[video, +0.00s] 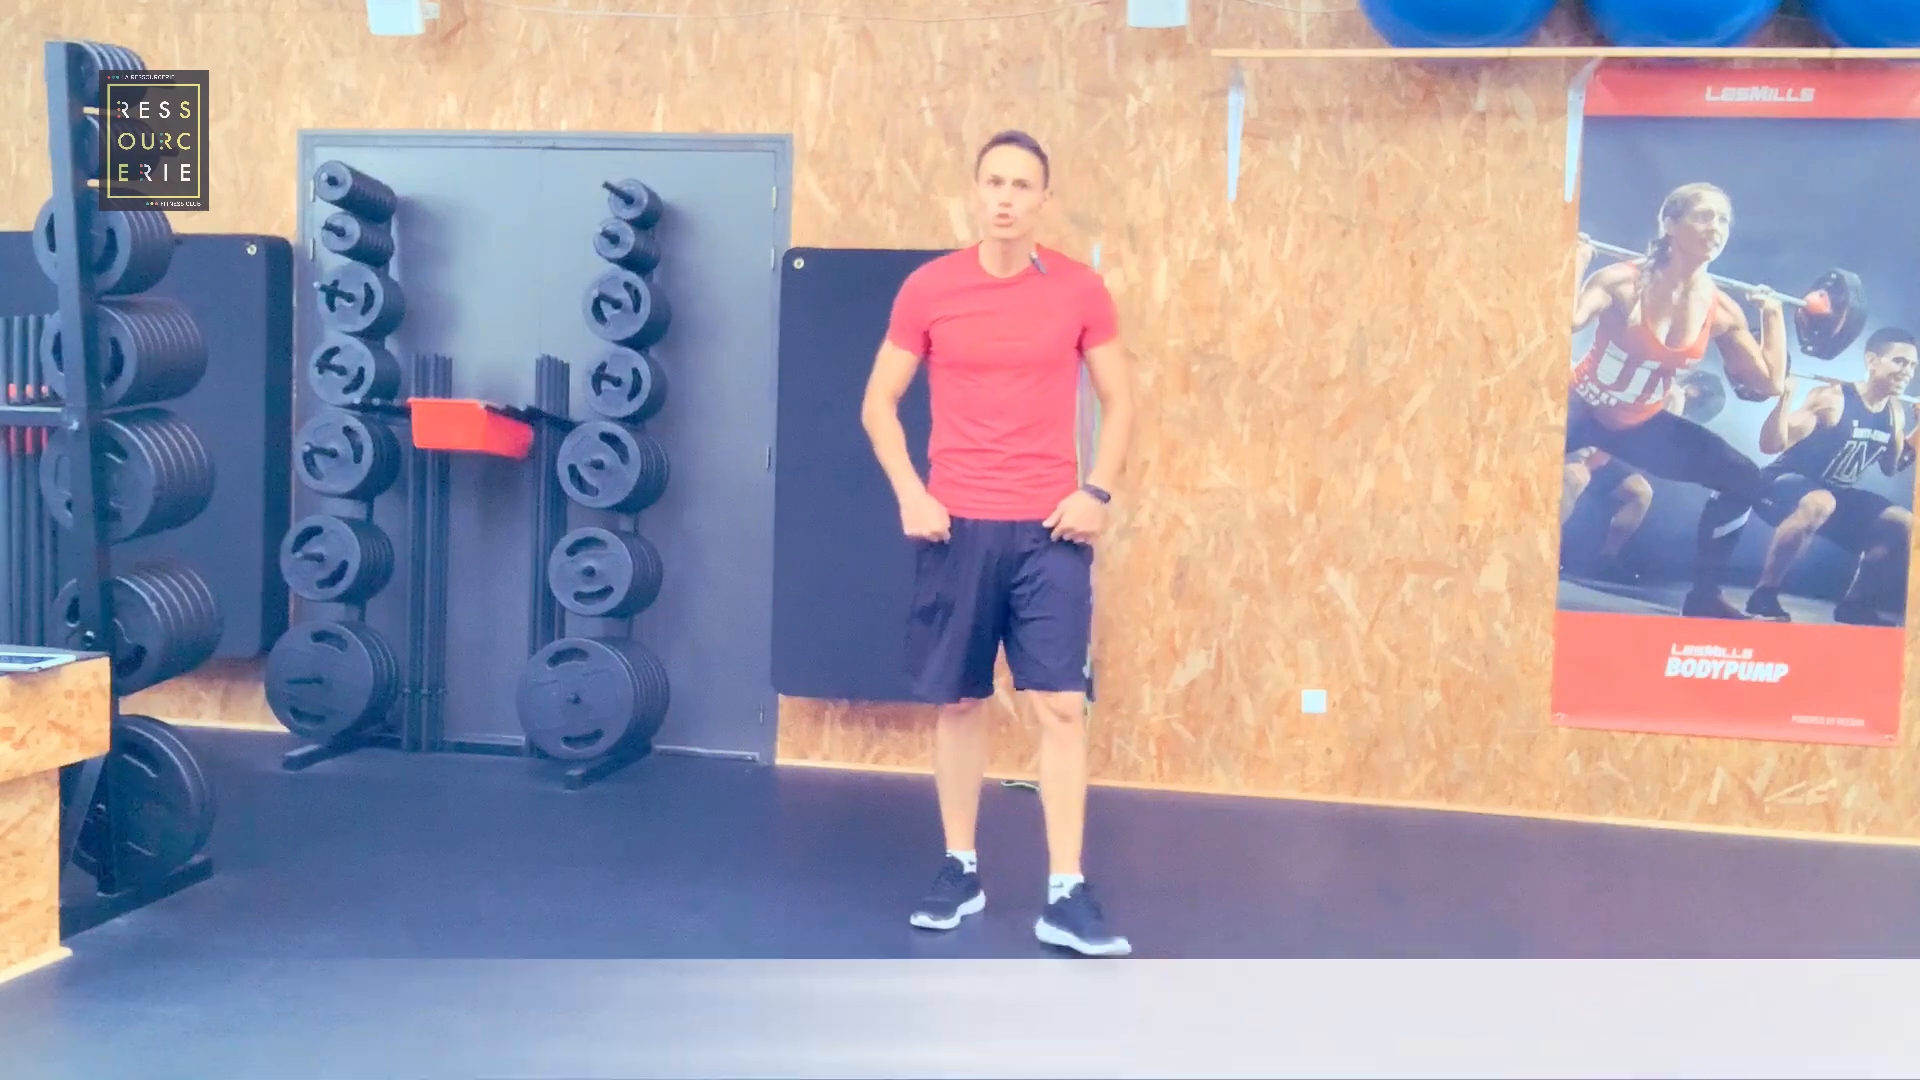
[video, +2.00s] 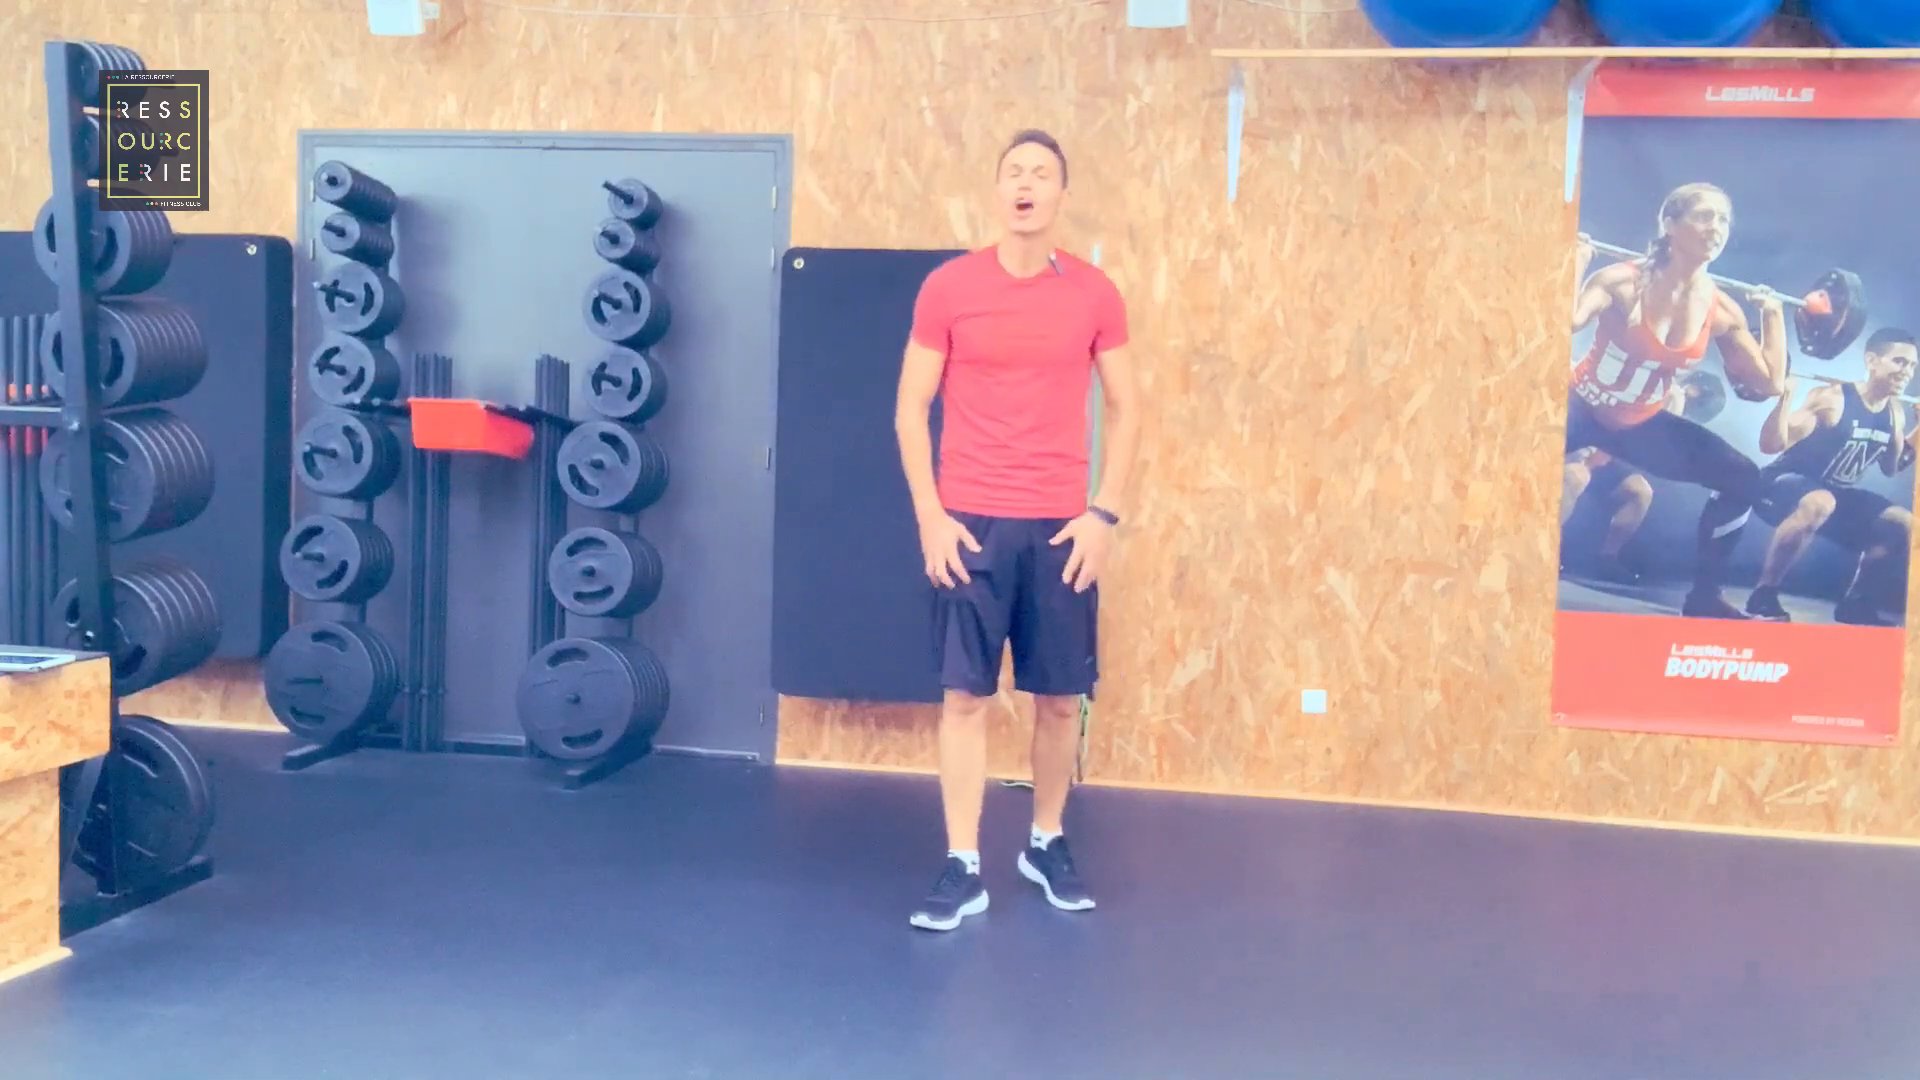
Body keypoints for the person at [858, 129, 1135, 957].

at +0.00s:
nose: (1006, 197)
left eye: (1022, 185)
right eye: (995, 182)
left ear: (1045, 200)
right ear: (972, 193)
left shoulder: (1078, 289)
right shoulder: (930, 287)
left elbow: (1119, 400)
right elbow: (878, 406)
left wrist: (1097, 492)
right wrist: (910, 493)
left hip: (1052, 526)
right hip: (957, 527)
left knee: (1062, 704)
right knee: (960, 702)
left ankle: (1067, 893)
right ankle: (958, 872)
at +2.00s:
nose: (1025, 187)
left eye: (1041, 176)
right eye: (1014, 173)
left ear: (1065, 196)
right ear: (994, 191)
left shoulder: (1093, 293)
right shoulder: (949, 286)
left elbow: (1127, 411)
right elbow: (910, 409)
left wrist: (1106, 513)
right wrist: (929, 515)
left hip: (1061, 529)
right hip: (967, 526)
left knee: (1058, 699)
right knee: (964, 696)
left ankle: (1047, 845)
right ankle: (962, 866)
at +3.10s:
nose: (1072, 177)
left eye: (1089, 165)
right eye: (1060, 163)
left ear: (1113, 182)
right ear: (1037, 177)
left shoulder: (1148, 284)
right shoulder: (988, 282)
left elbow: (1185, 419)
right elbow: (954, 412)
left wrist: (1156, 421)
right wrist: (954, 530)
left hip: (1114, 532)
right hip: (1011, 529)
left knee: (1095, 725)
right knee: (983, 722)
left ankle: (1072, 907)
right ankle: (974, 851)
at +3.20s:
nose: (1079, 174)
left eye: (1096, 162)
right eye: (1067, 160)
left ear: (1120, 180)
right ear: (1043, 174)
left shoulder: (1153, 281)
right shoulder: (996, 277)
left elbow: (1191, 415)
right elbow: (958, 408)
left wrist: (1169, 418)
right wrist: (958, 526)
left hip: (1117, 534)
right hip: (1015, 528)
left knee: (1095, 727)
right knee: (983, 721)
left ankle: (1073, 908)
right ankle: (980, 863)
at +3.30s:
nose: (1080, 169)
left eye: (1097, 158)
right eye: (1068, 156)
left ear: (1123, 178)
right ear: (1046, 172)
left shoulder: (1158, 281)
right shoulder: (997, 277)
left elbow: (1192, 415)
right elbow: (958, 408)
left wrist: (1169, 414)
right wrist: (957, 525)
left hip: (1118, 535)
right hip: (1015, 528)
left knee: (1096, 728)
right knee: (986, 717)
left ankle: (1072, 908)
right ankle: (974, 900)